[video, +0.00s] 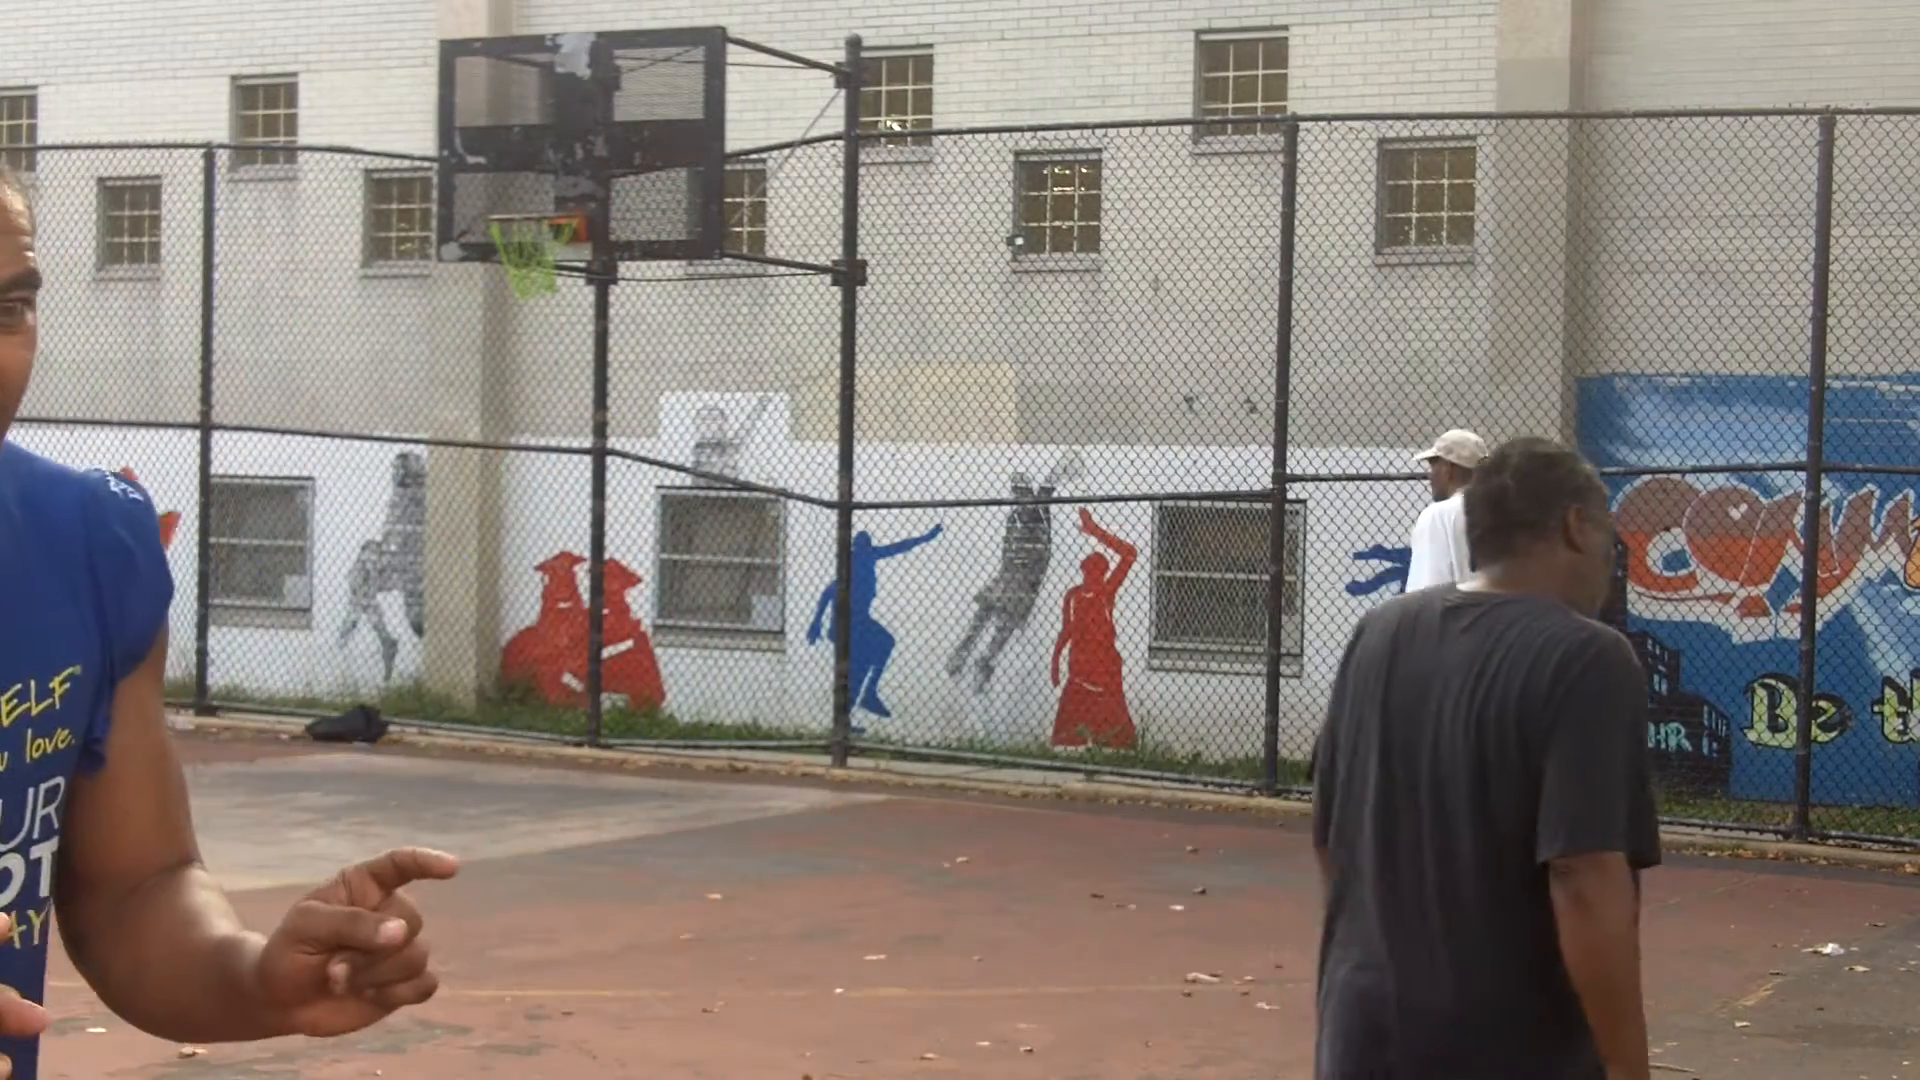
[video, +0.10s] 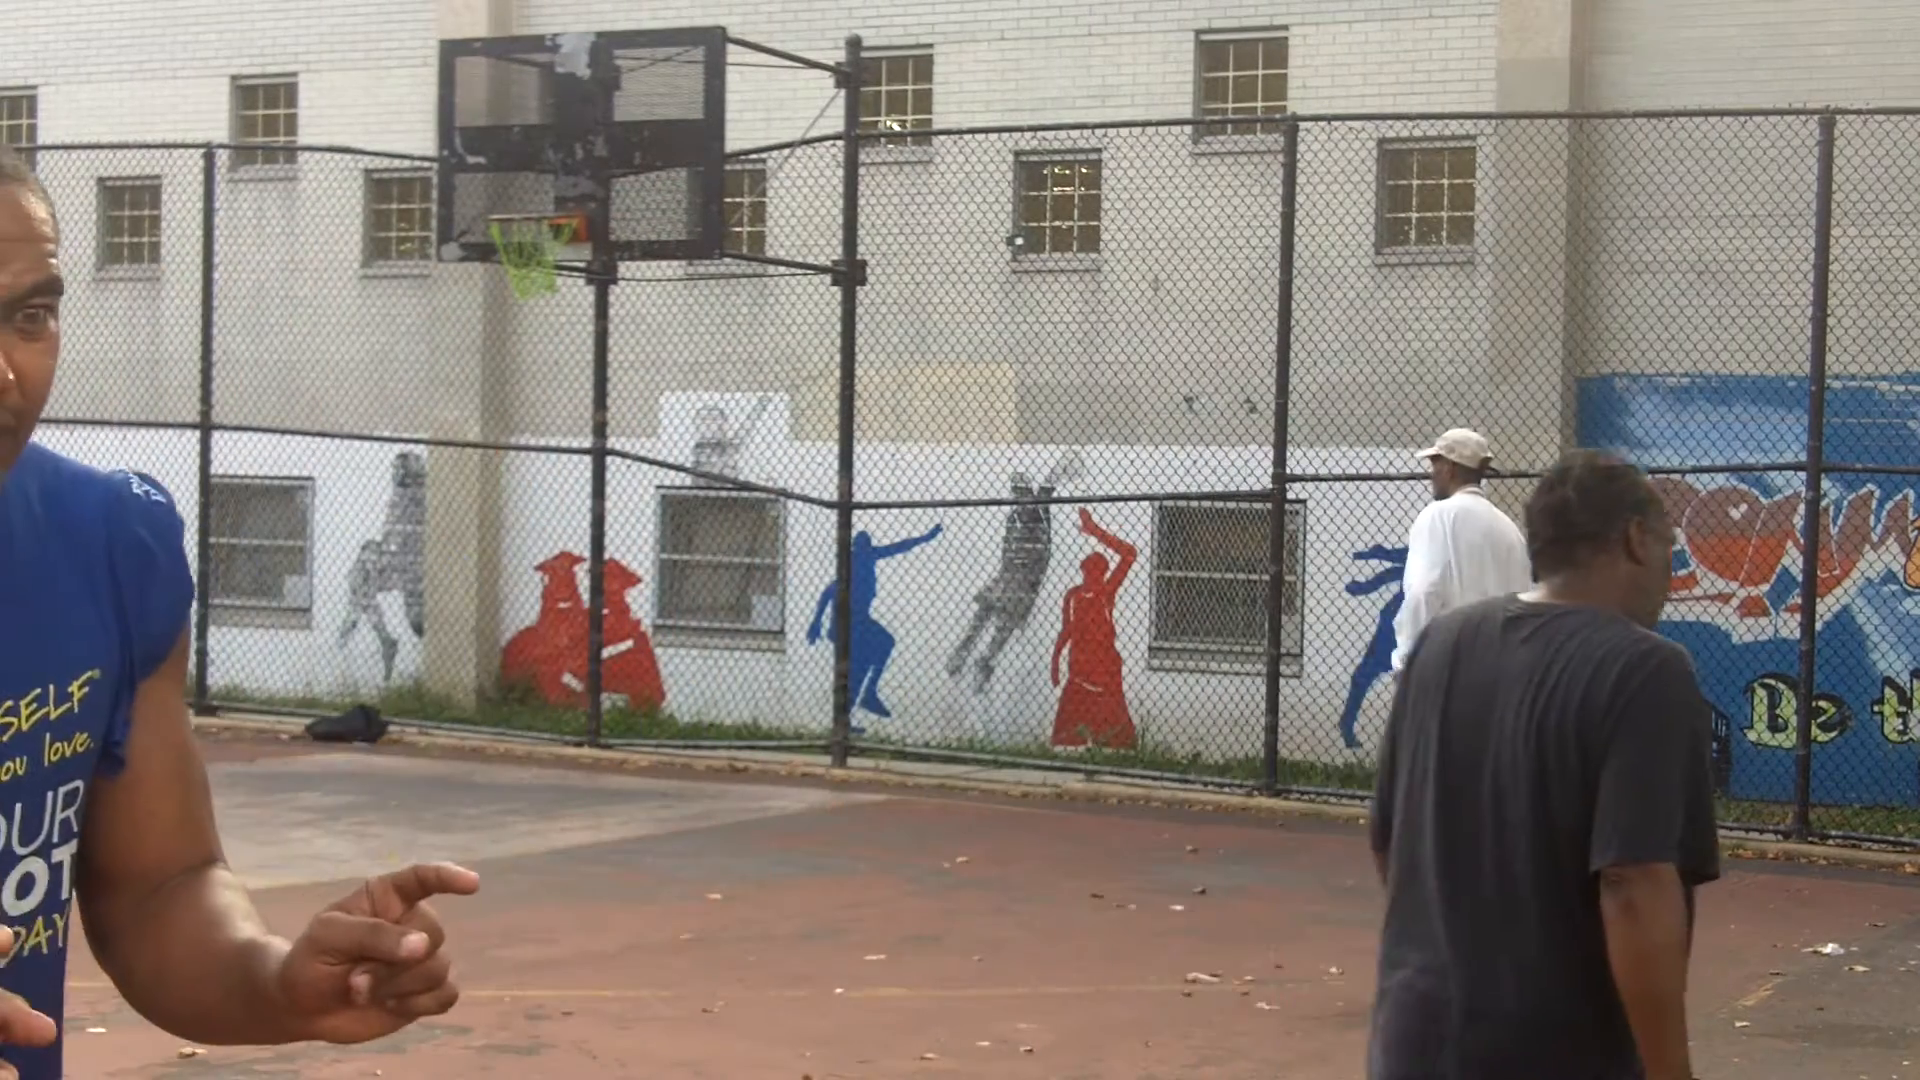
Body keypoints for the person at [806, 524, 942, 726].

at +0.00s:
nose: (865, 551)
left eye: (867, 547)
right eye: (862, 547)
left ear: (871, 548)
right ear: (855, 549)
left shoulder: (871, 557)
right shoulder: (851, 567)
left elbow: (898, 548)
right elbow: (828, 592)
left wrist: (926, 538)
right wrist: (816, 623)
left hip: (863, 620)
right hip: (846, 624)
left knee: (886, 643)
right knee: (860, 663)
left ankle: (870, 693)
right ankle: (842, 716)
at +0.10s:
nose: (865, 550)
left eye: (867, 546)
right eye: (862, 547)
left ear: (871, 547)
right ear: (855, 548)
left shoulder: (872, 556)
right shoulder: (851, 567)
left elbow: (899, 547)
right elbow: (828, 592)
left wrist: (925, 538)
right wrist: (816, 623)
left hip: (863, 620)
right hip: (846, 624)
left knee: (885, 643)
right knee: (860, 662)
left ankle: (870, 693)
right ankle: (842, 716)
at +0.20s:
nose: (865, 550)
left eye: (867, 546)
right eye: (862, 547)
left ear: (871, 547)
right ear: (855, 548)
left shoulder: (872, 556)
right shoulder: (851, 567)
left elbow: (899, 547)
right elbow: (828, 592)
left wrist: (925, 538)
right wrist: (816, 623)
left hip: (863, 620)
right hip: (846, 624)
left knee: (885, 643)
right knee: (860, 662)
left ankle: (870, 693)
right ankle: (842, 715)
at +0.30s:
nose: (865, 551)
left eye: (867, 547)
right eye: (861, 547)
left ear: (871, 547)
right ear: (855, 548)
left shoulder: (871, 556)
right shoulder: (851, 567)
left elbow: (899, 547)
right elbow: (829, 591)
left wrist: (926, 538)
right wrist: (816, 623)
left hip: (863, 621)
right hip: (846, 625)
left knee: (886, 642)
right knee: (860, 663)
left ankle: (870, 693)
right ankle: (842, 716)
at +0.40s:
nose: (865, 551)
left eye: (867, 547)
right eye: (862, 547)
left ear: (871, 547)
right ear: (855, 548)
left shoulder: (871, 556)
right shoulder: (851, 566)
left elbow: (899, 547)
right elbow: (829, 591)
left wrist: (926, 537)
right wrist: (815, 622)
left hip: (863, 621)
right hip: (846, 625)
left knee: (885, 642)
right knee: (860, 664)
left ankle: (870, 693)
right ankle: (842, 717)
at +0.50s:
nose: (865, 551)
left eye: (867, 547)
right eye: (862, 547)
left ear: (871, 547)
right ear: (855, 548)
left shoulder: (871, 556)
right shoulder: (851, 566)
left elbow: (899, 547)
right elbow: (829, 591)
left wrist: (926, 537)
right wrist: (815, 622)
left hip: (863, 621)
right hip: (846, 625)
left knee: (885, 642)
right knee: (860, 664)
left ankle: (870, 693)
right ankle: (842, 717)